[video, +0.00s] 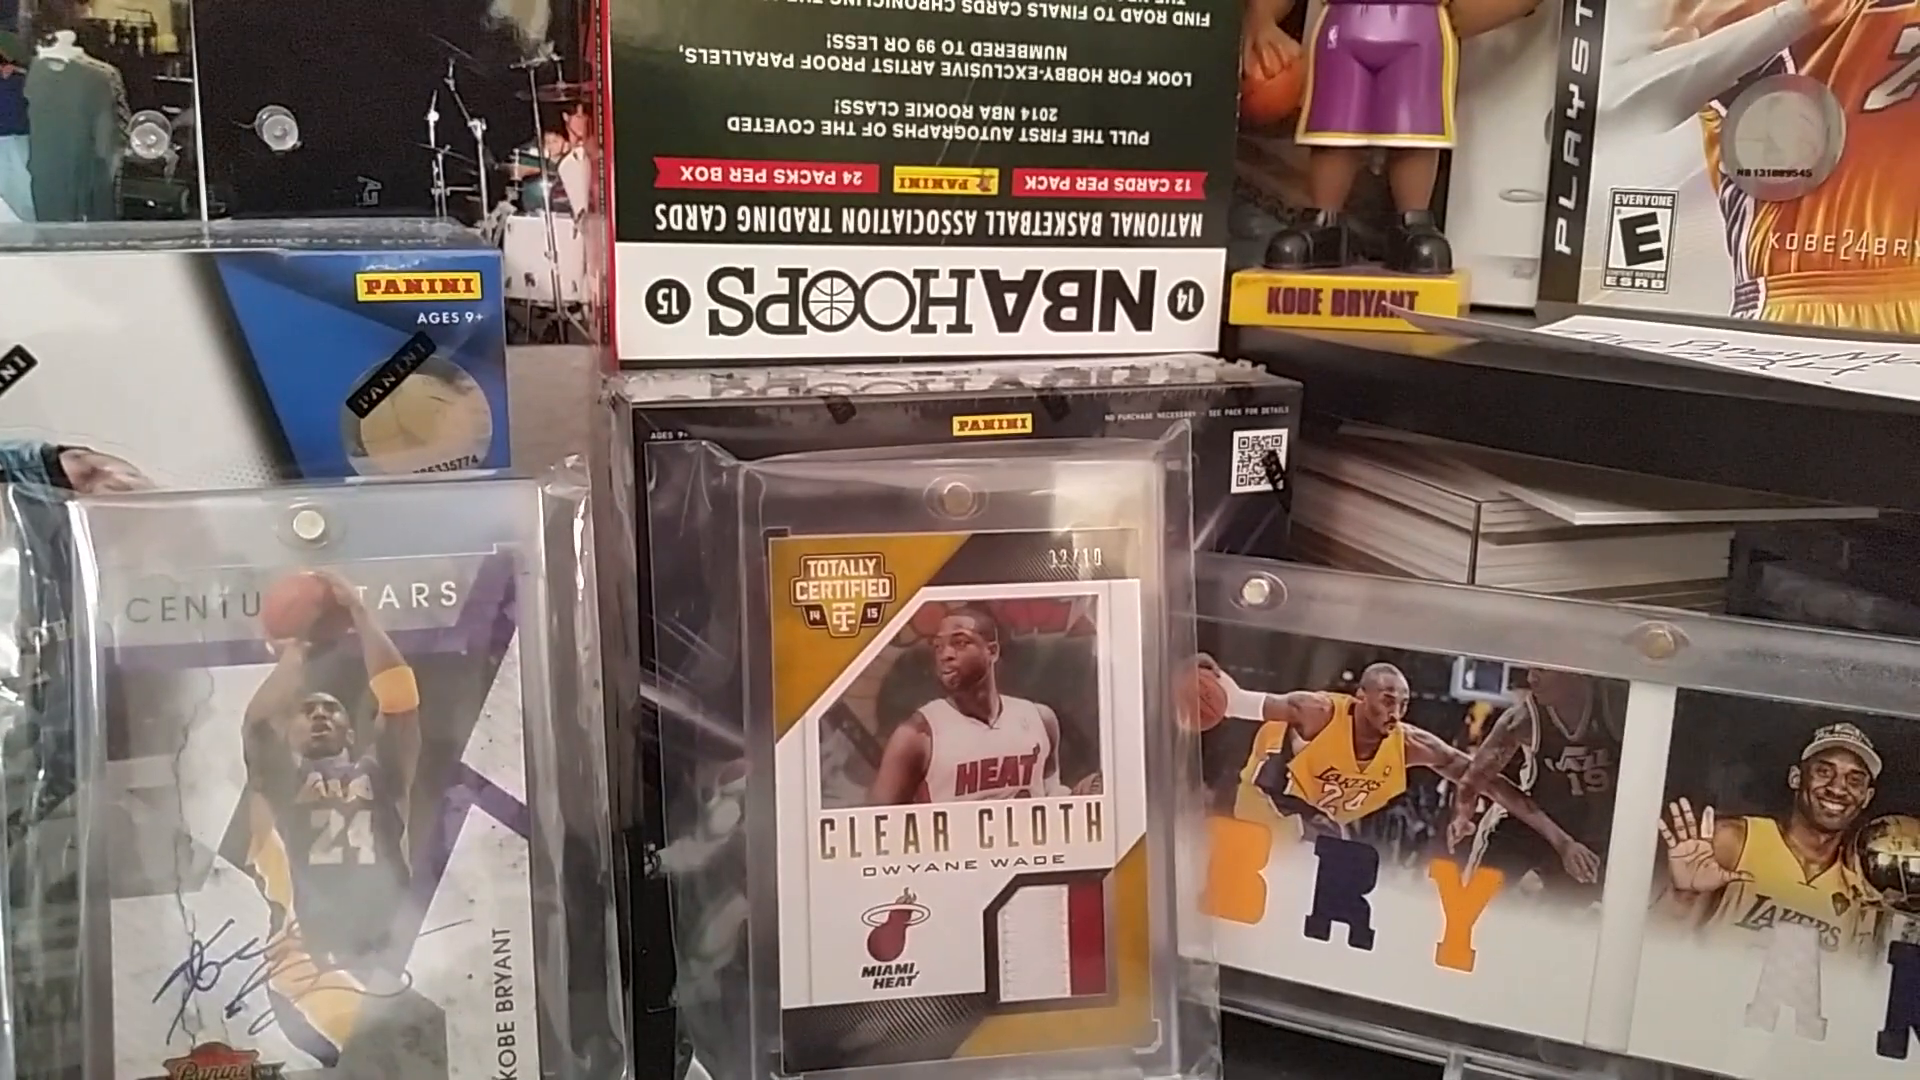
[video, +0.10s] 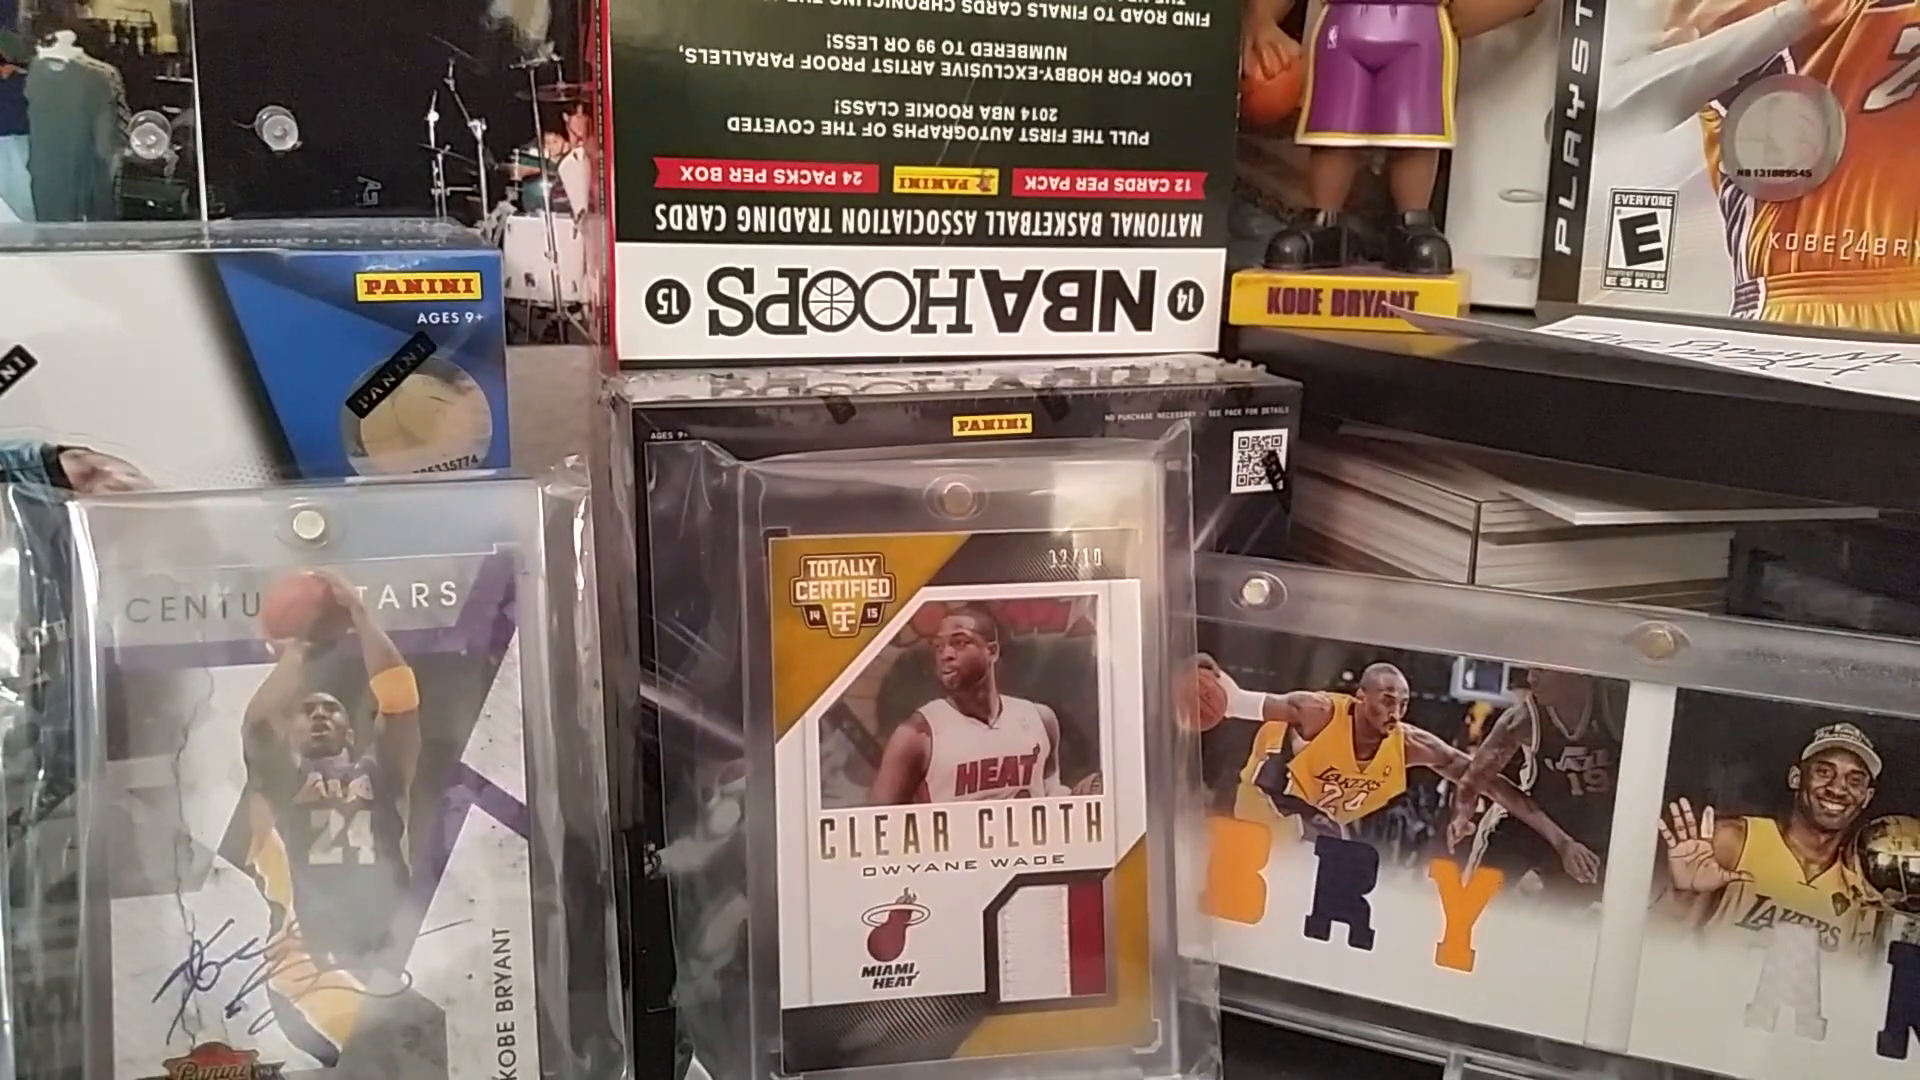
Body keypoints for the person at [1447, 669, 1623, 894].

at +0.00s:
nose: (1531, 678)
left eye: (1544, 669)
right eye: (1530, 668)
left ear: (1575, 670)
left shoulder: (1617, 704)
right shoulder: (1521, 719)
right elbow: (1472, 780)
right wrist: (1462, 818)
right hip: (1530, 820)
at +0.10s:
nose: (1531, 677)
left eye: (1543, 668)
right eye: (1530, 668)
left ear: (1577, 671)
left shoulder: (1618, 704)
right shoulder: (1521, 719)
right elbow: (1472, 779)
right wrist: (1462, 818)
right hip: (1531, 818)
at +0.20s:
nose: (1531, 678)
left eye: (1544, 669)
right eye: (1530, 668)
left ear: (1576, 670)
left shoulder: (1618, 704)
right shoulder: (1521, 720)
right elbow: (1472, 779)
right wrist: (1462, 818)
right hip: (1531, 818)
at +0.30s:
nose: (1531, 678)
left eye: (1543, 669)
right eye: (1530, 669)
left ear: (1576, 670)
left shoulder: (1618, 704)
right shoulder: (1521, 720)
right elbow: (1471, 780)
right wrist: (1461, 819)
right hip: (1530, 819)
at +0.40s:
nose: (1531, 677)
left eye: (1543, 668)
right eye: (1530, 668)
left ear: (1576, 671)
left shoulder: (1618, 704)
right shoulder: (1521, 719)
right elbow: (1471, 780)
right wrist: (1461, 818)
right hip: (1530, 820)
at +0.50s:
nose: (1532, 679)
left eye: (1544, 670)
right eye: (1530, 670)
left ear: (1576, 670)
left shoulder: (1618, 705)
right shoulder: (1522, 720)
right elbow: (1472, 781)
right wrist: (1462, 819)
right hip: (1531, 820)